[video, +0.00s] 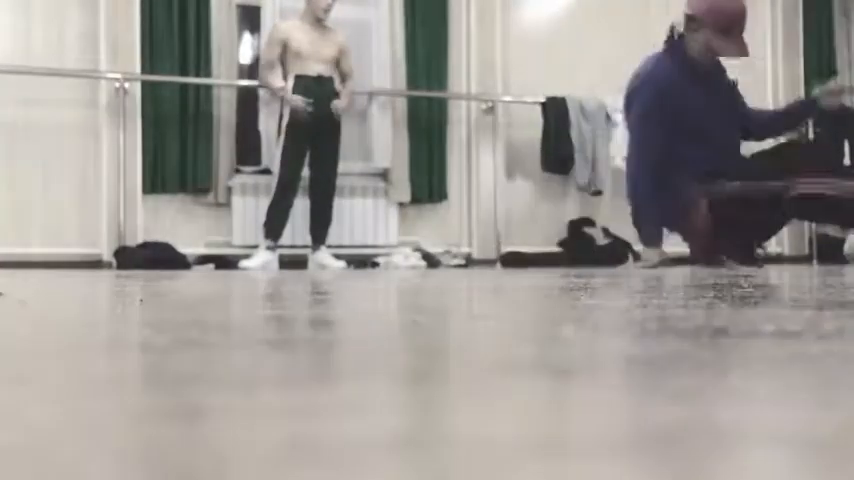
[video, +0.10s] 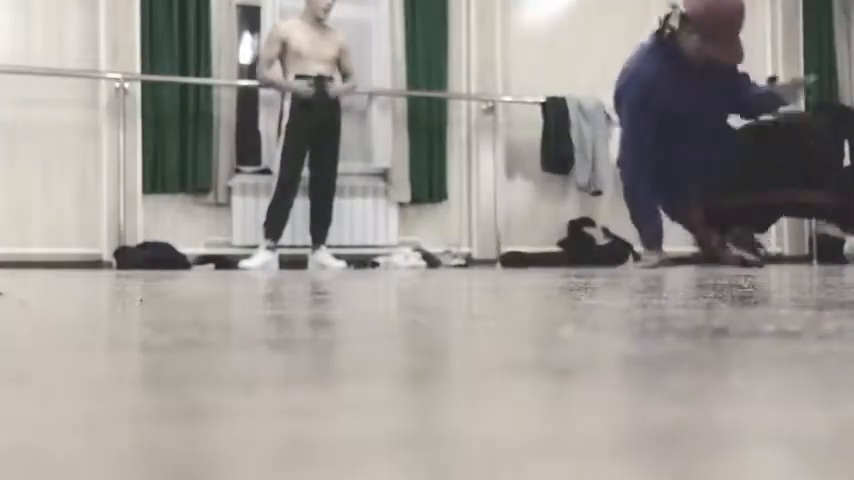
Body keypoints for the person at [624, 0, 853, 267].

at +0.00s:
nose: (717, 54)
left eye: (722, 46)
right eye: (713, 44)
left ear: (729, 39)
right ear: (692, 28)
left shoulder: (711, 73)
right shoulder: (654, 80)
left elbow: (748, 126)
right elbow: (641, 166)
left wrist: (813, 104)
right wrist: (651, 241)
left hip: (727, 188)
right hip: (685, 200)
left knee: (806, 154)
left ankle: (741, 239)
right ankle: (732, 241)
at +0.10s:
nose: (733, 49)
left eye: (734, 36)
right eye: (724, 39)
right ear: (694, 36)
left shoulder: (710, 59)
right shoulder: (644, 76)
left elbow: (739, 97)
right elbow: (634, 166)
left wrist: (780, 94)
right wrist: (652, 243)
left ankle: (743, 229)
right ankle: (713, 238)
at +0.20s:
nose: (737, 63)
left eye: (740, 49)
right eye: (723, 52)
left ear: (744, 37)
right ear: (692, 41)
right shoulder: (648, 73)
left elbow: (743, 97)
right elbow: (637, 164)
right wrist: (648, 248)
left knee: (790, 135)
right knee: (790, 187)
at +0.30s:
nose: (741, 85)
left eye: (748, 73)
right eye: (731, 74)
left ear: (758, 60)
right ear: (705, 57)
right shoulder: (657, 65)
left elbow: (747, 139)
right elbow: (639, 158)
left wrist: (748, 201)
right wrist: (651, 247)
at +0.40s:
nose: (730, 131)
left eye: (741, 124)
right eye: (727, 123)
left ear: (766, 97)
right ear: (717, 88)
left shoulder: (753, 78)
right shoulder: (667, 71)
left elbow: (748, 163)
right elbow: (642, 163)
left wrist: (749, 232)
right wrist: (649, 248)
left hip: (685, 156)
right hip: (639, 147)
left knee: (719, 208)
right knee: (663, 205)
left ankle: (717, 242)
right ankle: (613, 226)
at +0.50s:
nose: (746, 152)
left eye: (762, 143)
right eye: (749, 139)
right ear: (738, 106)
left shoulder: (761, 98)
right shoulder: (684, 75)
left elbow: (751, 177)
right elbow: (645, 161)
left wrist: (740, 244)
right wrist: (647, 244)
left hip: (668, 141)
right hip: (619, 127)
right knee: (677, 209)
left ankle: (600, 230)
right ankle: (604, 235)